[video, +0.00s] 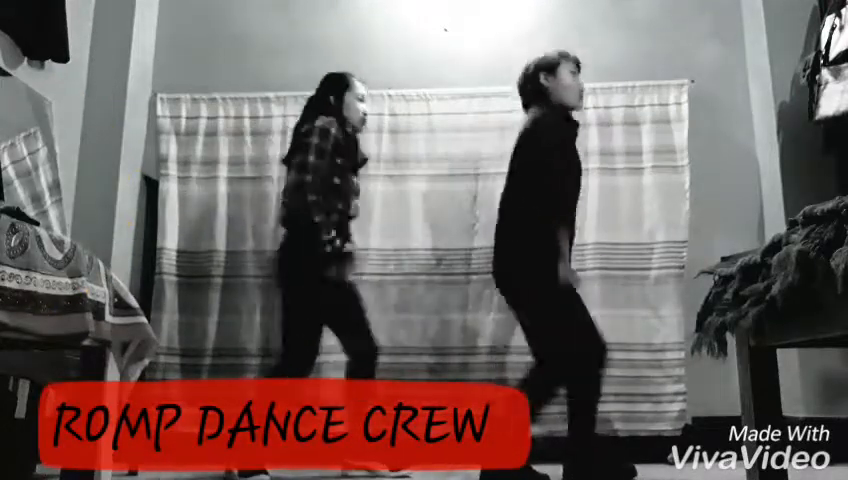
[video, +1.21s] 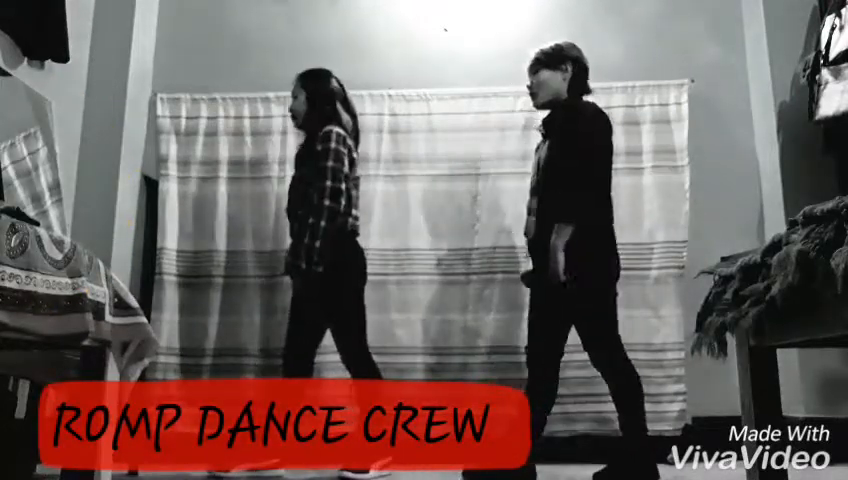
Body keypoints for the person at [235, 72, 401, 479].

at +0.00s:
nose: (366, 108)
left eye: (366, 101)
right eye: (360, 99)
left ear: (340, 102)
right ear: (337, 100)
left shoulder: (330, 132)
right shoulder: (326, 129)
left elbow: (320, 195)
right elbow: (312, 194)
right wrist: (330, 249)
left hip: (305, 258)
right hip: (316, 260)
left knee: (297, 357)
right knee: (363, 350)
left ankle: (249, 448)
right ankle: (361, 448)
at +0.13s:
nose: (373, 126)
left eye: (372, 119)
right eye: (366, 119)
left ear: (347, 125)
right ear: (343, 124)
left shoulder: (350, 162)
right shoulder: (332, 159)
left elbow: (350, 224)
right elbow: (325, 229)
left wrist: (370, 269)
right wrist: (356, 275)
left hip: (351, 282)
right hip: (339, 283)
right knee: (402, 356)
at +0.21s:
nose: (373, 96)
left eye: (371, 88)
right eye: (365, 88)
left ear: (348, 95)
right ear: (345, 95)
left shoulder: (356, 131)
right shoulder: (340, 126)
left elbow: (360, 194)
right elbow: (336, 191)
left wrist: (375, 246)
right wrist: (355, 251)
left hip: (350, 254)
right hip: (338, 255)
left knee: (368, 352)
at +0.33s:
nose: (371, 94)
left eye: (369, 87)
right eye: (362, 88)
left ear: (354, 97)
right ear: (341, 96)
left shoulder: (358, 135)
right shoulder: (334, 125)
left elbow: (364, 195)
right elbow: (322, 193)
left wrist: (371, 248)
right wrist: (339, 252)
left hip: (354, 259)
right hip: (323, 257)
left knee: (349, 352)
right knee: (297, 345)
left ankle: (351, 435)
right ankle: (257, 432)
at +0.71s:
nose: (318, 90)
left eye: (328, 85)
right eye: (315, 85)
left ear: (345, 96)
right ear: (309, 97)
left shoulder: (355, 134)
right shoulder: (304, 140)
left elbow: (353, 198)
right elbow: (294, 198)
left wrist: (329, 251)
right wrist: (288, 246)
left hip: (345, 260)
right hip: (308, 260)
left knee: (348, 354)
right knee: (290, 353)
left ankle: (372, 442)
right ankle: (277, 443)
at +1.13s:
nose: (292, 105)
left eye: (297, 97)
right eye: (293, 97)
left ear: (317, 99)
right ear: (318, 99)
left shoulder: (333, 138)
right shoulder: (323, 140)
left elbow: (325, 205)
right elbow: (316, 205)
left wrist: (305, 262)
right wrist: (297, 258)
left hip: (333, 257)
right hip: (320, 256)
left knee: (351, 355)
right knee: (296, 356)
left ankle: (386, 435)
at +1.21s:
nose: (290, 106)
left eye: (296, 98)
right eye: (292, 98)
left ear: (315, 100)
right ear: (320, 99)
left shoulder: (331, 138)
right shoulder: (321, 140)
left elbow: (327, 204)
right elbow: (316, 204)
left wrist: (308, 261)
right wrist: (298, 257)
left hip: (334, 258)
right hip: (324, 258)